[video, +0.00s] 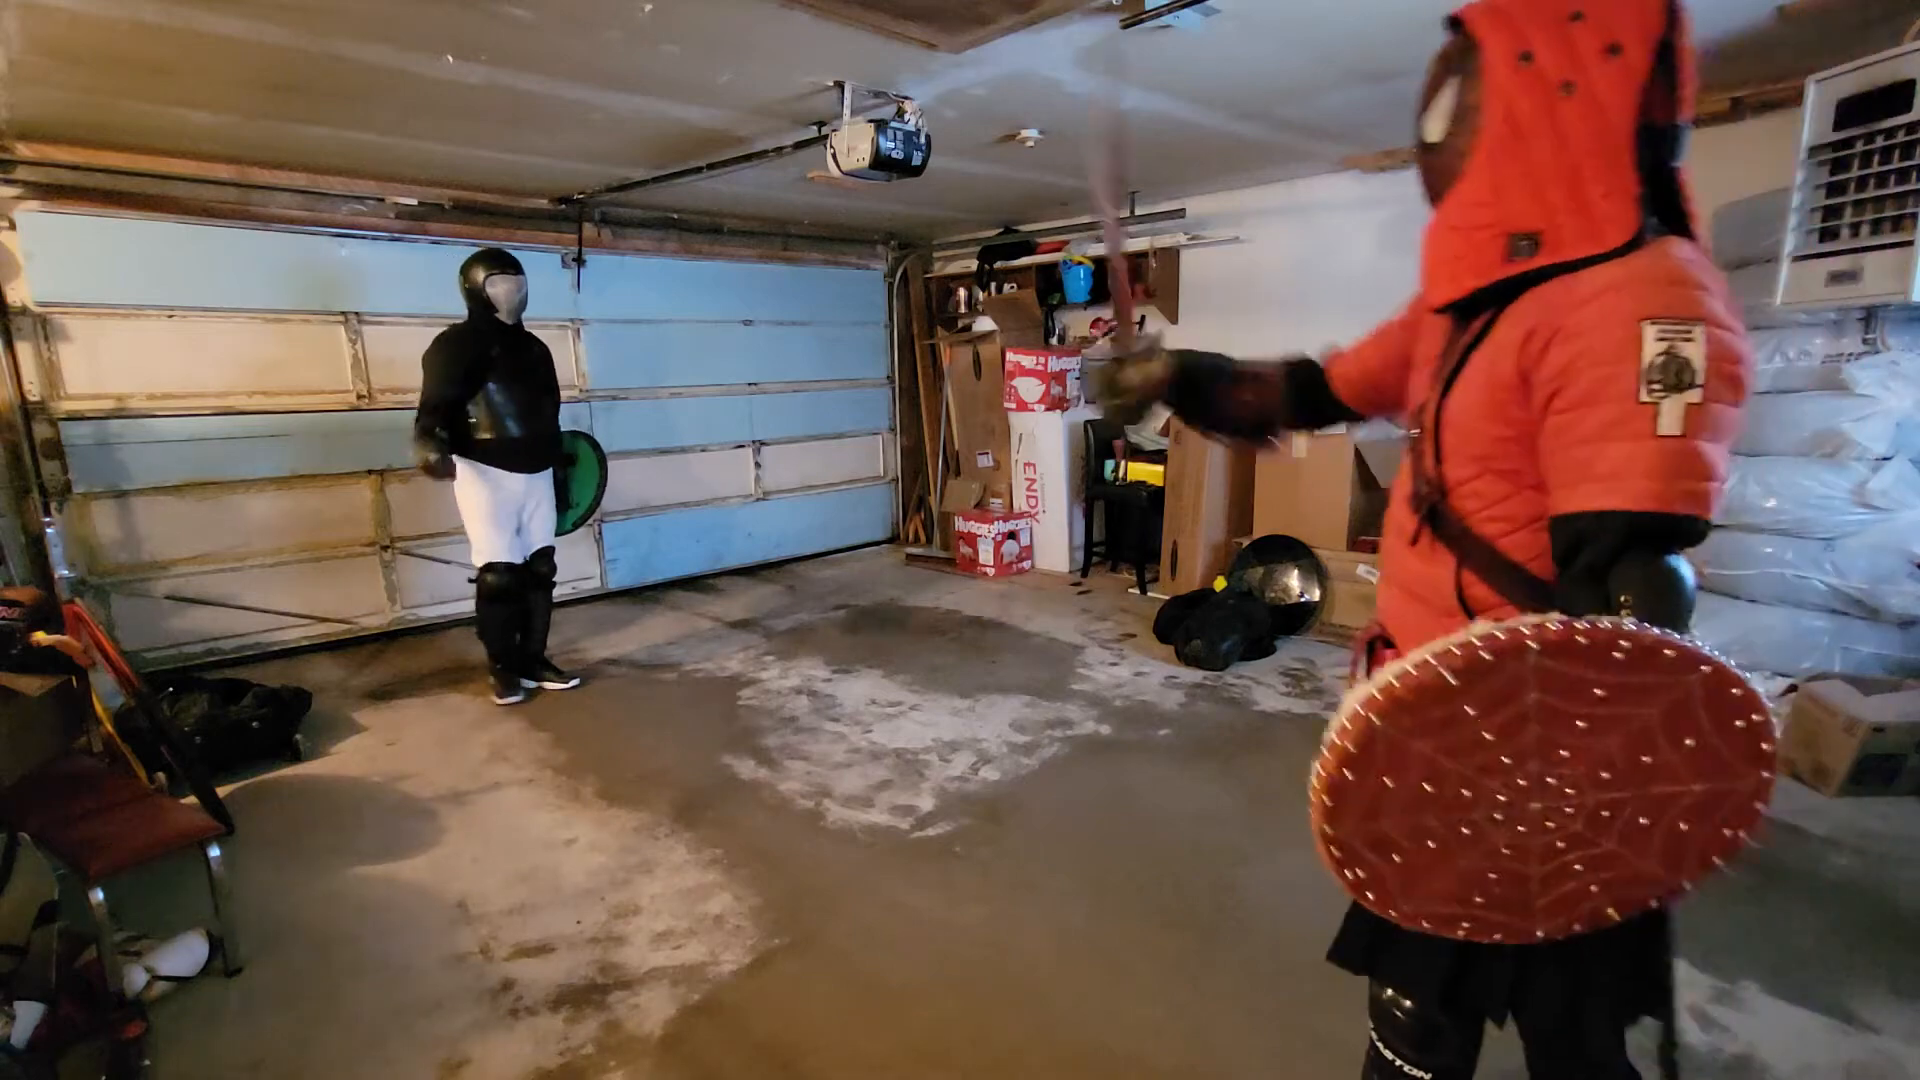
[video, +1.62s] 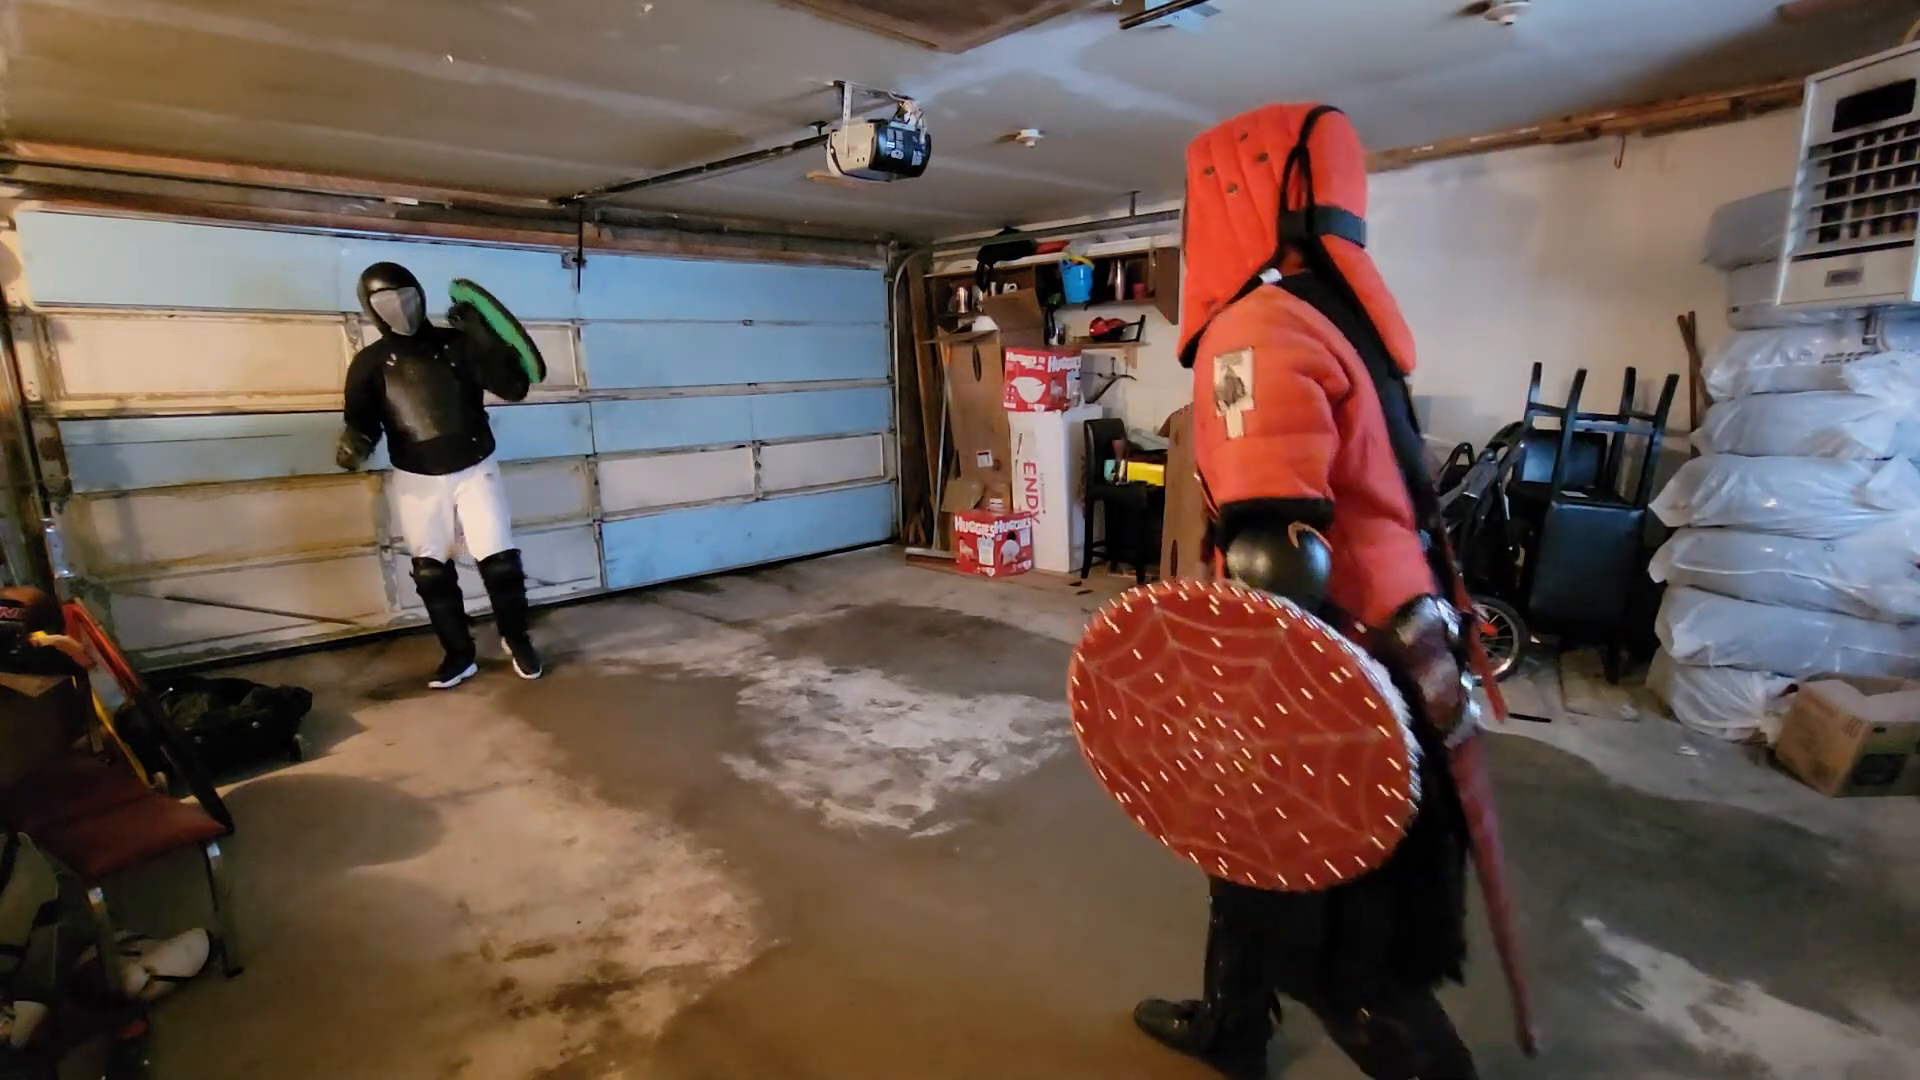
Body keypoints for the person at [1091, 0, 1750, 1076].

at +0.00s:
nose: (1431, 133)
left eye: (1456, 92)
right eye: (1434, 99)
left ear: (1556, 91)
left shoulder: (1641, 299)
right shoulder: (1475, 295)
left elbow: (1630, 601)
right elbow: (1316, 391)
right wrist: (1176, 379)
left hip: (1555, 769)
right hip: (1433, 751)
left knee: (1581, 1048)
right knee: (1413, 1037)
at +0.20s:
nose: (1360, 140)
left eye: (1384, 102)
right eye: (1361, 105)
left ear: (1484, 103)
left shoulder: (1577, 306)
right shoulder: (1416, 283)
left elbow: (1603, 603)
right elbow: (1282, 307)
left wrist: (1542, 787)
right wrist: (1141, 298)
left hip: (1507, 725)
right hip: (1404, 706)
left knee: (1541, 1009)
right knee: (1409, 991)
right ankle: (1410, 1067)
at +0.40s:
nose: (1320, 140)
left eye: (1347, 95)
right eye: (1324, 101)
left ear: (1443, 95)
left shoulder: (1547, 317)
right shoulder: (1393, 281)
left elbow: (1584, 621)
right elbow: (1286, 338)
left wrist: (1525, 836)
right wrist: (1173, 361)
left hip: (1459, 727)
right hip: (1374, 696)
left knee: (1415, 1008)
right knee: (1367, 920)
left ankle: (1419, 1061)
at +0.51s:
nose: (1304, 149)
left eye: (1327, 110)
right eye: (1306, 113)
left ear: (1426, 111)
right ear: (1400, 115)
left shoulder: (1516, 318)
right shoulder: (1379, 285)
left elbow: (1565, 606)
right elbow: (1346, 407)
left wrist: (1495, 808)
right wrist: (1248, 424)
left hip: (1435, 702)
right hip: (1349, 671)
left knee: (1384, 898)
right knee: (1304, 841)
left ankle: (1393, 1050)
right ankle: (1392, 993)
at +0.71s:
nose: (1265, 155)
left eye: (1282, 118)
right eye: (1267, 120)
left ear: (1367, 117)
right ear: (1365, 122)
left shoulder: (1441, 308)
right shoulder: (1370, 292)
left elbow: (1486, 589)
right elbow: (1349, 501)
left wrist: (1439, 801)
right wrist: (1260, 566)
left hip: (1387, 717)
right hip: (1313, 686)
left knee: (1373, 949)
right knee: (1272, 844)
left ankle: (1379, 1067)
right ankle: (1263, 1020)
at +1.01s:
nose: (1217, 186)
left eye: (1234, 155)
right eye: (1224, 158)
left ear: (1293, 154)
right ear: (1325, 153)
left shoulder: (1347, 302)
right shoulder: (1307, 302)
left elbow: (1361, 543)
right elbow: (1295, 518)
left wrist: (1344, 724)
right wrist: (1217, 613)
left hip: (1333, 690)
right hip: (1274, 668)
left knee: (1339, 895)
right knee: (1247, 843)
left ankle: (1366, 1059)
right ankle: (1232, 1015)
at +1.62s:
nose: (1186, 232)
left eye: (1197, 207)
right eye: (1192, 208)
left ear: (1239, 206)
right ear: (1306, 202)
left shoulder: (1262, 330)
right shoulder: (1321, 319)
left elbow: (1273, 554)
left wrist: (1256, 736)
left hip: (1352, 705)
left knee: (1341, 956)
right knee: (1250, 841)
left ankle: (1436, 1064)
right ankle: (1234, 1017)